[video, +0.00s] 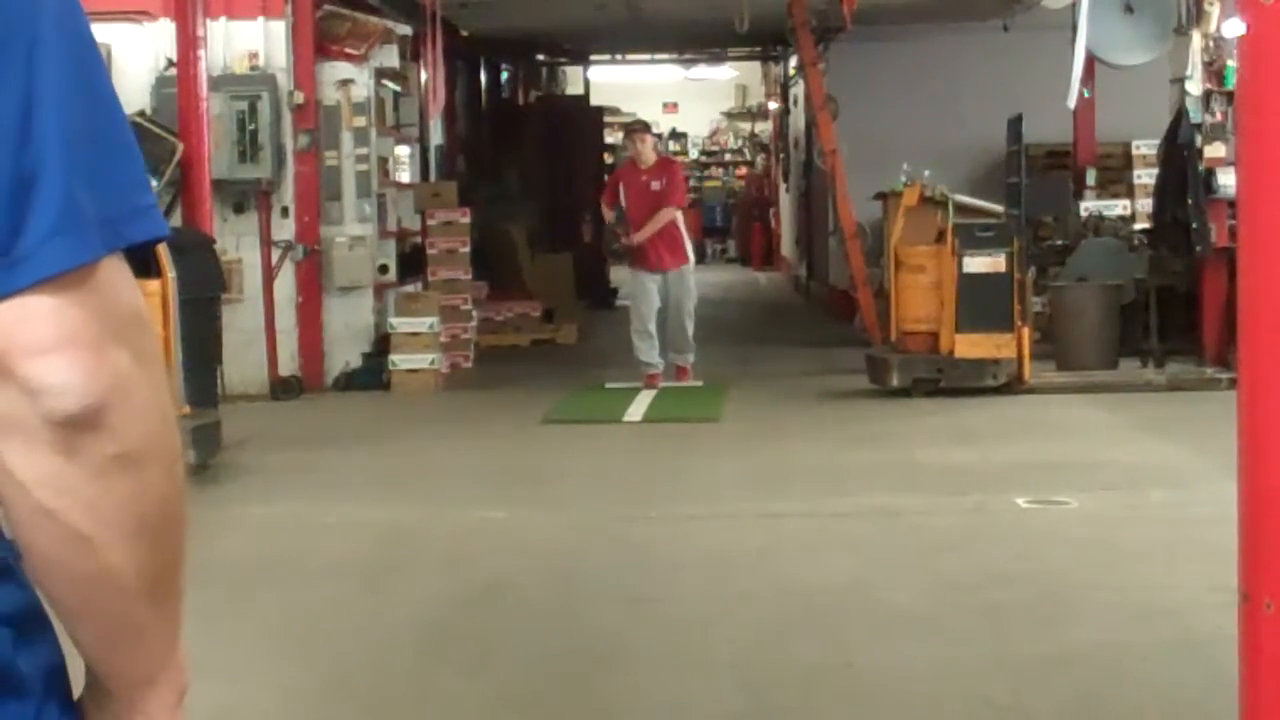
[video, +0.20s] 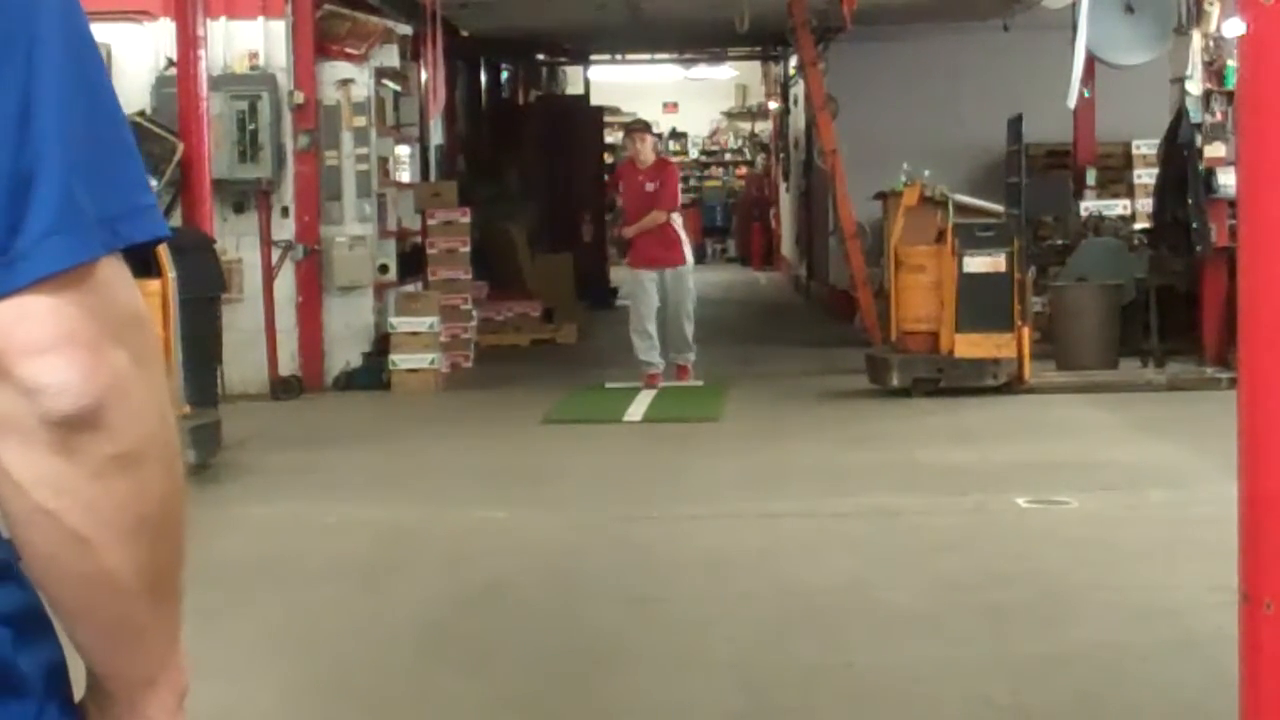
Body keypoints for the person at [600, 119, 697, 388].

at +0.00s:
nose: (639, 147)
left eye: (643, 141)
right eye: (633, 142)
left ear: (653, 141)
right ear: (627, 146)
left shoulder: (671, 168)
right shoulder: (622, 172)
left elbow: (671, 209)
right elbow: (607, 201)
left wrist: (639, 235)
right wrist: (614, 224)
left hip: (676, 256)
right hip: (642, 257)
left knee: (682, 312)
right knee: (643, 316)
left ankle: (683, 363)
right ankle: (651, 368)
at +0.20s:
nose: (638, 146)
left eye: (643, 140)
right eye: (633, 141)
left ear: (653, 141)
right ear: (627, 145)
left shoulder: (668, 169)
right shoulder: (623, 170)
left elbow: (662, 213)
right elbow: (606, 193)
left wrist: (632, 229)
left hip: (674, 255)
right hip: (641, 255)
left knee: (681, 312)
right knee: (643, 315)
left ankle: (683, 361)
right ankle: (651, 367)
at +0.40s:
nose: (638, 147)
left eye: (642, 141)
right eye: (633, 142)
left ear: (653, 142)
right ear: (628, 145)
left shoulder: (668, 170)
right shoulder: (625, 170)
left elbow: (663, 213)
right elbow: (627, 203)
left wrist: (631, 230)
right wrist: (625, 225)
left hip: (674, 253)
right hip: (642, 252)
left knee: (680, 311)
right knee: (643, 314)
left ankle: (683, 361)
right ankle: (651, 366)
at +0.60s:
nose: (642, 150)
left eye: (646, 144)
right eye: (637, 146)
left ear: (656, 144)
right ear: (632, 148)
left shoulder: (672, 171)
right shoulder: (628, 173)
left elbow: (668, 215)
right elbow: (628, 204)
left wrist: (637, 231)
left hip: (678, 253)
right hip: (646, 252)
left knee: (681, 311)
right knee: (645, 311)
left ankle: (681, 361)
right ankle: (651, 365)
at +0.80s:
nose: (652, 155)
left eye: (656, 149)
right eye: (647, 150)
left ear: (665, 149)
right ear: (640, 153)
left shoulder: (680, 175)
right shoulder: (635, 175)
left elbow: (677, 219)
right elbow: (626, 199)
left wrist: (644, 235)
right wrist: (629, 210)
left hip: (682, 257)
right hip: (650, 255)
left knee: (683, 313)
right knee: (649, 311)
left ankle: (681, 362)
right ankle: (652, 365)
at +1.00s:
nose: (658, 159)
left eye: (662, 154)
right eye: (653, 154)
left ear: (672, 152)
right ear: (648, 155)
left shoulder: (687, 177)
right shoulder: (641, 173)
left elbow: (685, 221)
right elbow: (630, 198)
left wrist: (651, 237)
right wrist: (631, 202)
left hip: (688, 258)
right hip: (656, 256)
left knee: (688, 313)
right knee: (654, 308)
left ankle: (682, 362)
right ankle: (652, 361)